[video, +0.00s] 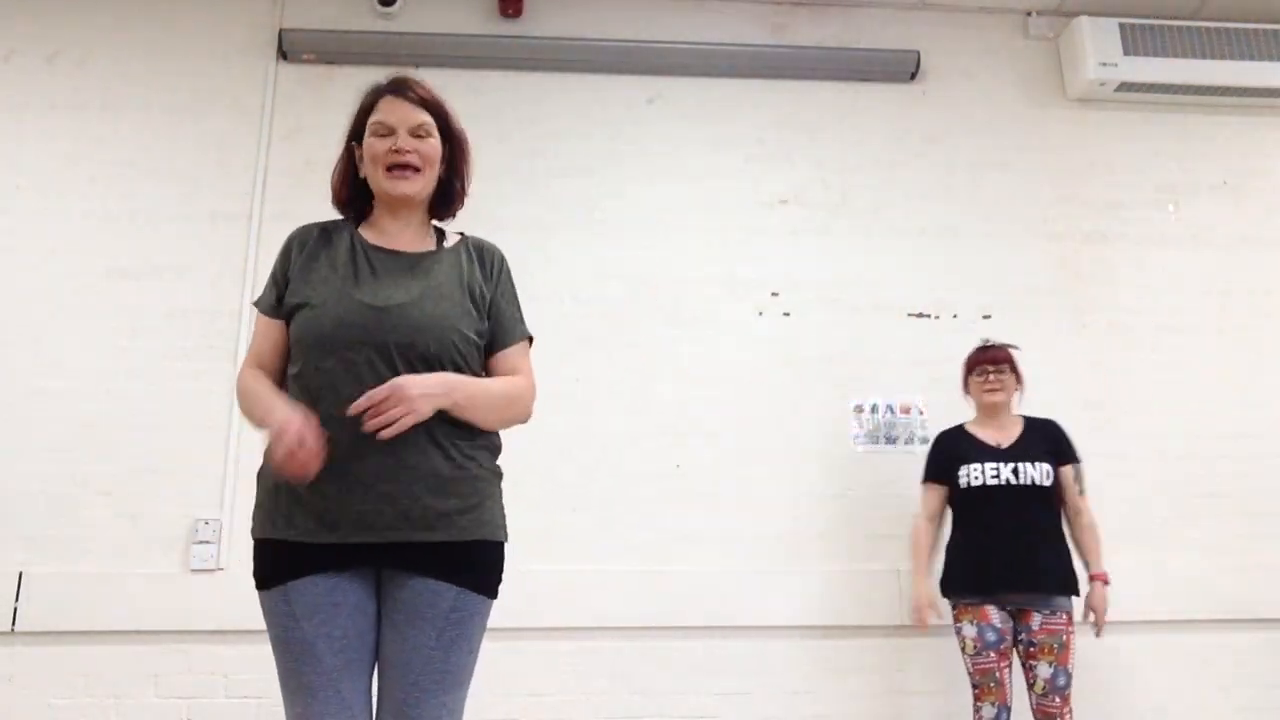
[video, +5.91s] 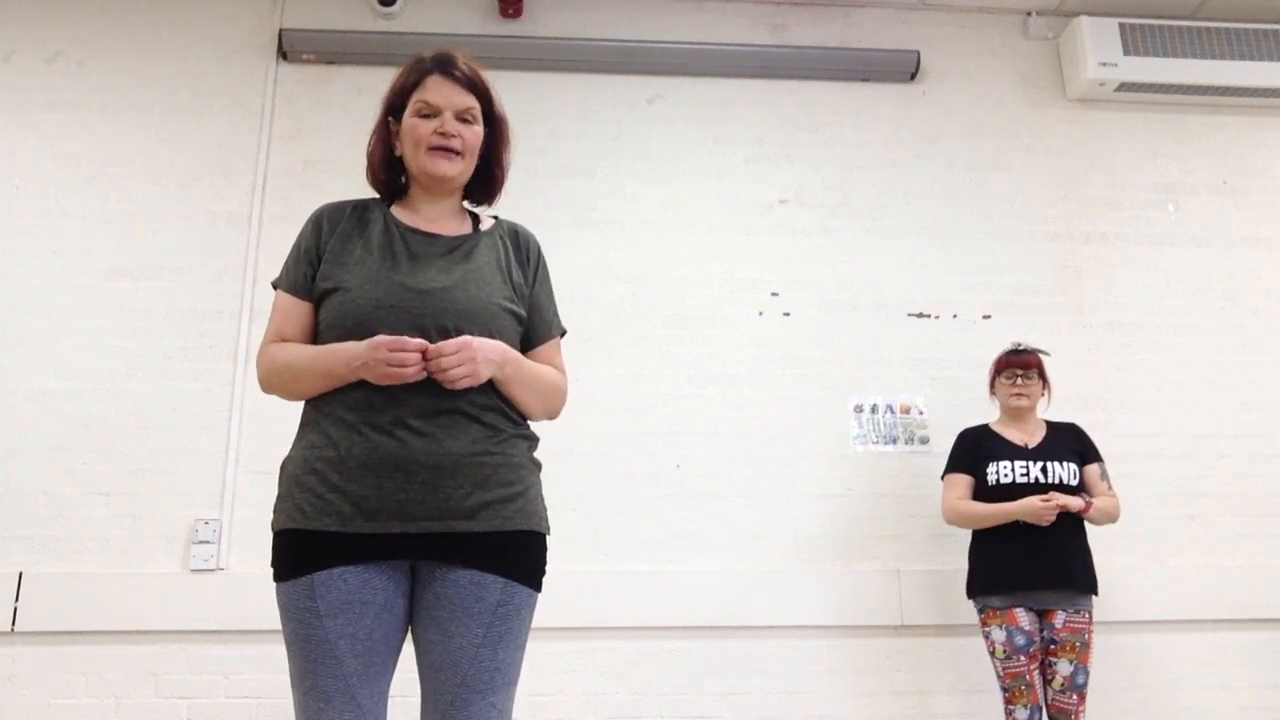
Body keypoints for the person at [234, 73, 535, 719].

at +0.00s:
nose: (403, 144)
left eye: (420, 132)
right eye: (383, 132)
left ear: (446, 156)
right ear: (359, 156)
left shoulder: (480, 264)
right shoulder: (308, 250)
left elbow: (519, 396)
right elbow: (254, 375)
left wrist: (444, 388)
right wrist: (284, 415)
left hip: (448, 534)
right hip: (310, 531)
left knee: (423, 714)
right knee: (324, 713)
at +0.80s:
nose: (447, 129)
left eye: (463, 119)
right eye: (426, 120)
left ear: (486, 146)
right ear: (398, 149)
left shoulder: (523, 256)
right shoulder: (347, 236)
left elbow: (556, 410)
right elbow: (291, 363)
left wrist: (550, 382)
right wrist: (324, 383)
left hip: (492, 524)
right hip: (349, 522)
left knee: (478, 714)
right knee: (352, 713)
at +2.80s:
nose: (447, 125)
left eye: (465, 117)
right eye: (429, 112)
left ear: (485, 147)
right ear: (398, 135)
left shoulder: (516, 252)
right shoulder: (333, 231)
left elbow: (549, 402)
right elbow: (276, 373)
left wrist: (508, 363)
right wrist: (348, 347)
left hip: (487, 524)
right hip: (335, 519)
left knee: (472, 714)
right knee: (336, 713)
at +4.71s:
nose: (459, 122)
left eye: (480, 115)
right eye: (442, 107)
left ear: (498, 147)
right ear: (411, 125)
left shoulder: (519, 252)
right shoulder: (339, 220)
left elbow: (542, 410)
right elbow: (268, 360)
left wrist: (542, 356)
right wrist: (312, 350)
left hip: (492, 522)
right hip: (342, 517)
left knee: (478, 714)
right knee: (341, 713)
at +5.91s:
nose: (447, 128)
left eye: (465, 117)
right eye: (428, 112)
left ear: (486, 139)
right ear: (395, 131)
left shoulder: (516, 248)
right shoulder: (333, 228)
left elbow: (550, 398)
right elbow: (273, 367)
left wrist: (500, 359)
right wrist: (357, 360)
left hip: (488, 521)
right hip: (335, 515)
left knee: (473, 714)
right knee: (337, 713)